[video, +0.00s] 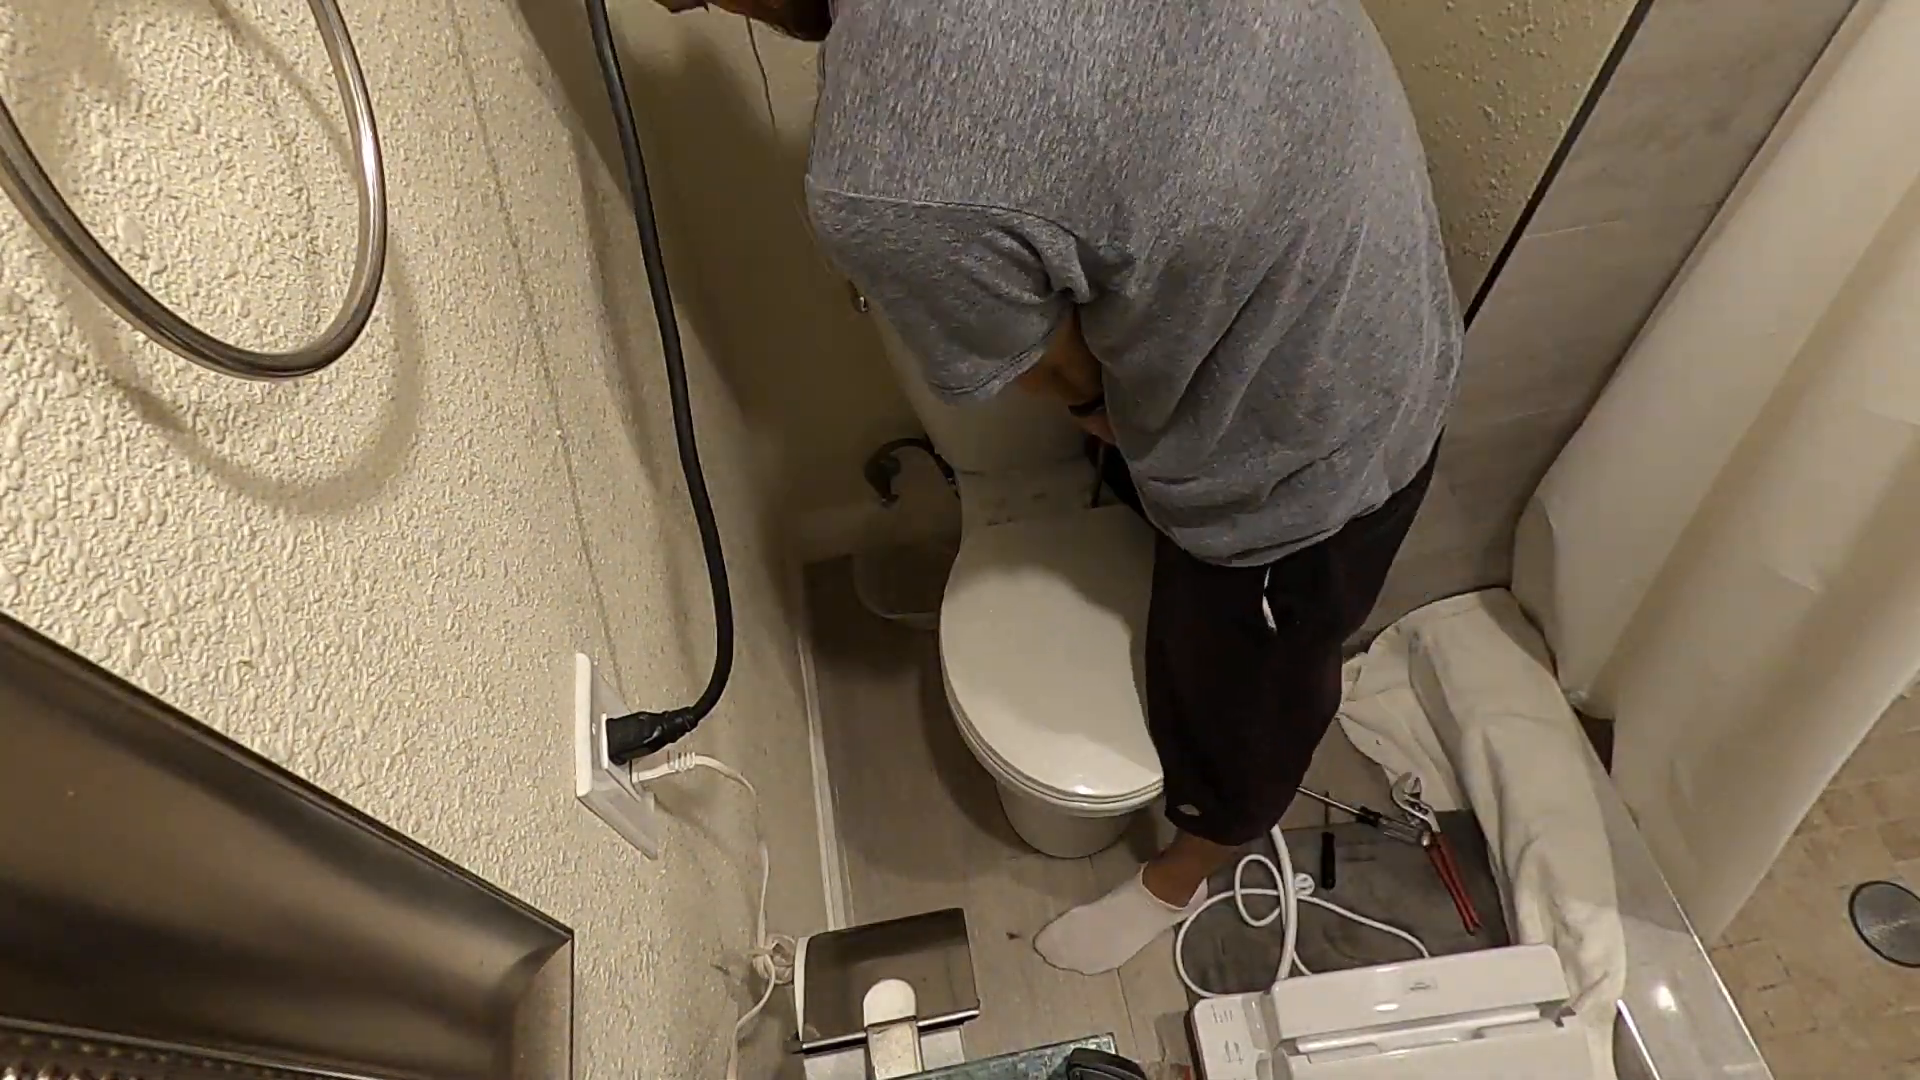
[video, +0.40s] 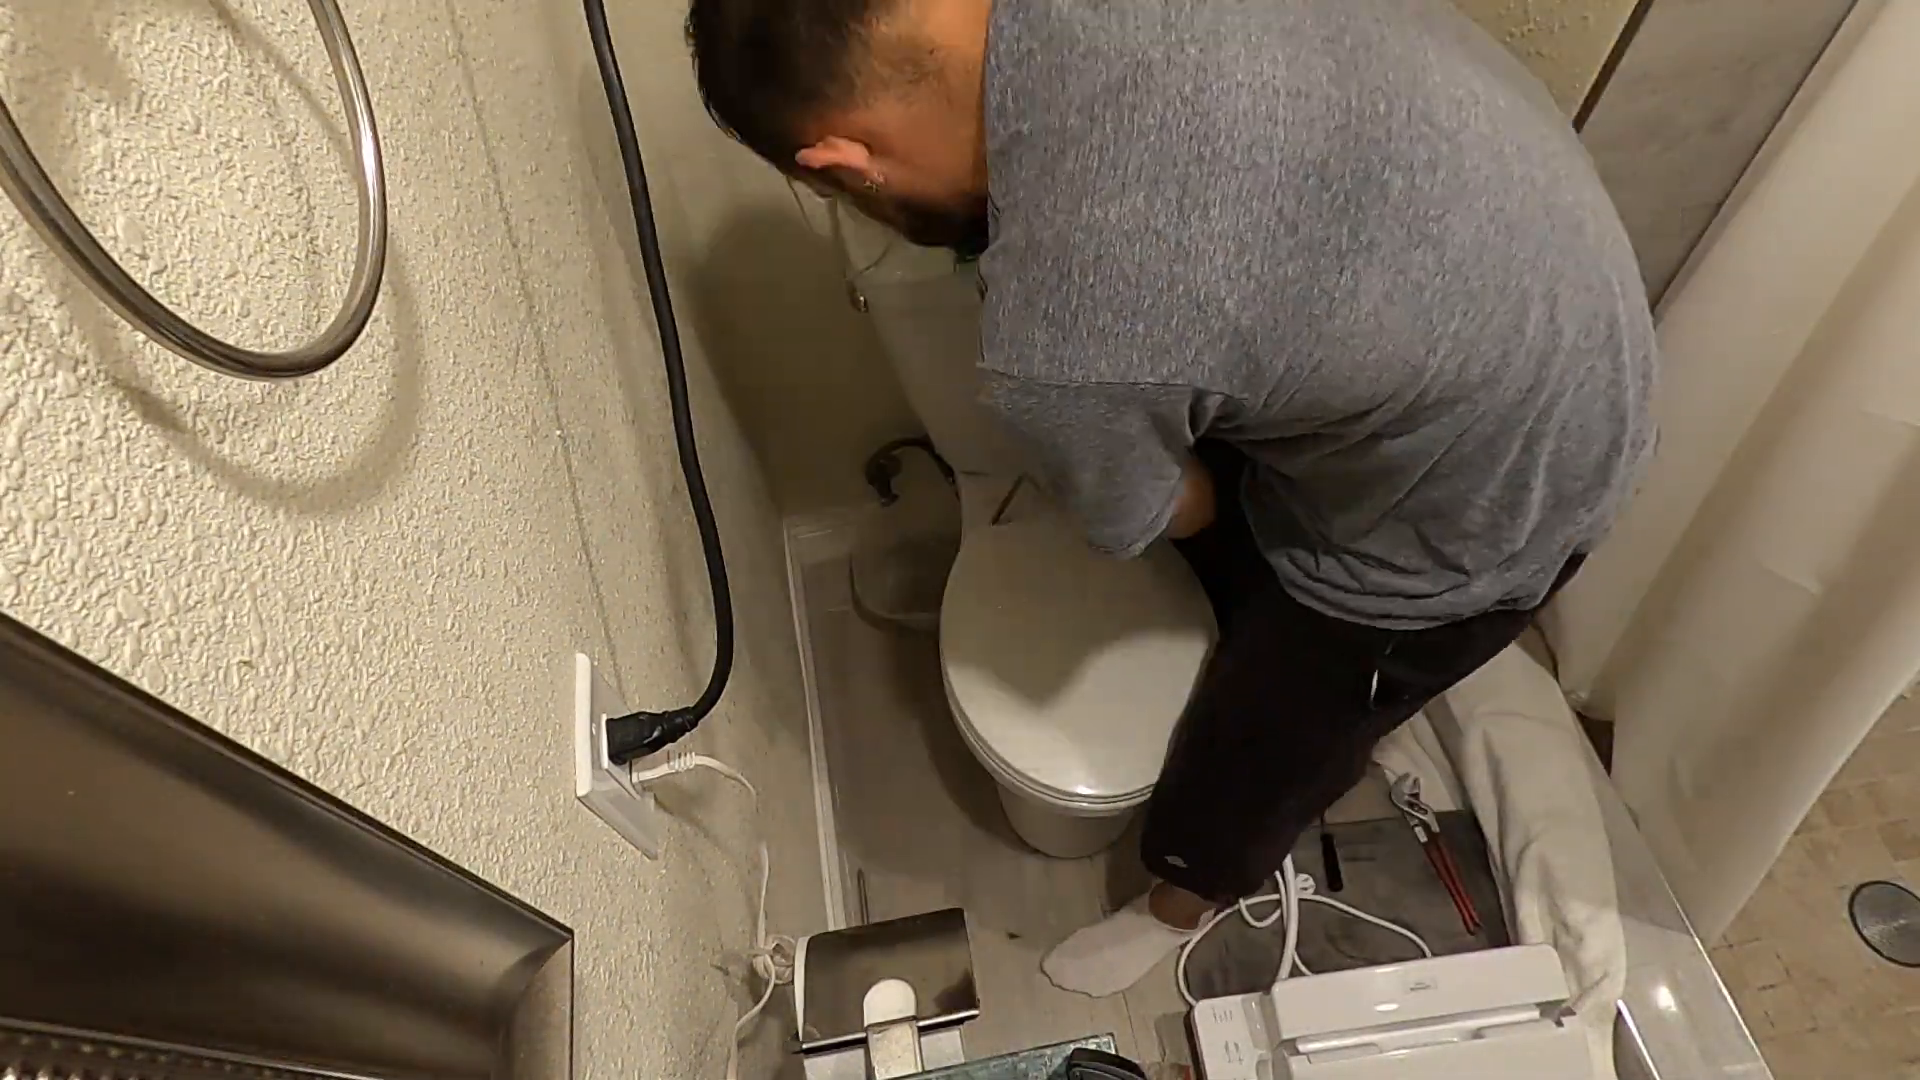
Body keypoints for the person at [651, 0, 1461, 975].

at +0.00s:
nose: (727, 18)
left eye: (710, 2)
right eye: (707, 6)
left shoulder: (893, 174)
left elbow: (1056, 362)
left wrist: (1096, 408)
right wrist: (1102, 390)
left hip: (1306, 414)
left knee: (1238, 678)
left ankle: (1181, 878)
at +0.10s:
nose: (712, 28)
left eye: (690, 14)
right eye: (688, 20)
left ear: (721, 0)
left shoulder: (908, 195)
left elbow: (1064, 362)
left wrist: (1093, 414)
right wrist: (1097, 394)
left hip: (1319, 412)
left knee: (1235, 688)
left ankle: (1178, 878)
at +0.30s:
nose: (881, 220)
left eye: (856, 204)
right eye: (861, 208)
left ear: (860, 180)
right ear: (921, 25)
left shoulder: (1035, 359)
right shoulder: (1048, 9)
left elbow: (1204, 510)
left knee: (1220, 755)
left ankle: (1174, 913)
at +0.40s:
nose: (867, 216)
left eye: (839, 194)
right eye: (841, 199)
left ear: (851, 157)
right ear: (916, 12)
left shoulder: (1062, 349)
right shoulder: (1064, 2)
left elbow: (1181, 513)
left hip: (1473, 489)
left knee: (1260, 730)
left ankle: (1174, 912)